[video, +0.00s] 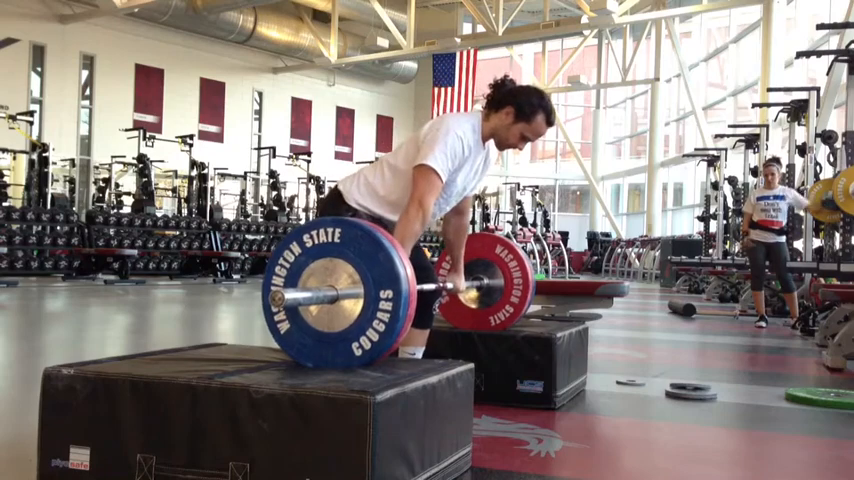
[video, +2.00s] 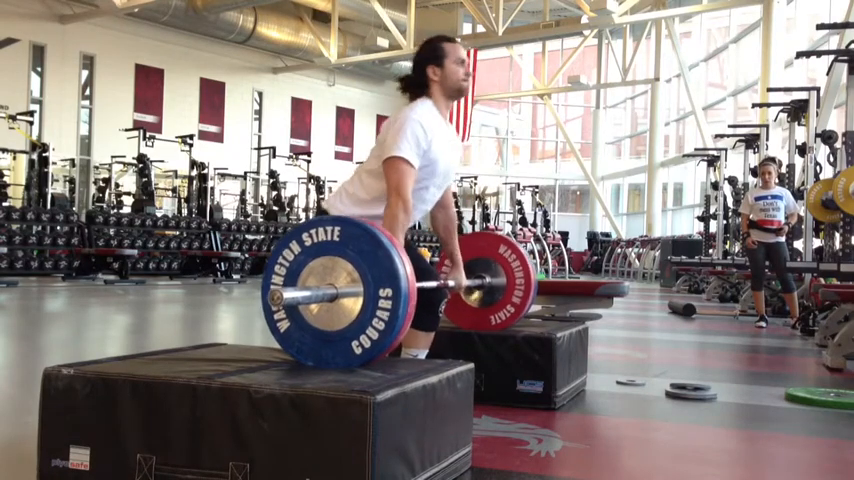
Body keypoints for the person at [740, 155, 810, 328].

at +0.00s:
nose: (769, 178)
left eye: (772, 174)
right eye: (766, 175)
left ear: (779, 175)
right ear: (762, 176)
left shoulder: (787, 193)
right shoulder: (755, 194)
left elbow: (808, 205)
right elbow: (747, 216)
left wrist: (824, 205)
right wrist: (744, 234)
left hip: (778, 240)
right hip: (756, 239)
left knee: (784, 275)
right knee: (757, 276)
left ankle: (795, 317)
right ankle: (761, 316)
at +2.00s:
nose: (766, 176)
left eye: (769, 173)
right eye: (763, 173)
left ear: (776, 174)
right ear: (759, 175)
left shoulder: (784, 193)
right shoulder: (751, 195)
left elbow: (794, 213)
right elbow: (744, 217)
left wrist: (788, 224)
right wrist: (746, 235)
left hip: (777, 240)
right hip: (756, 239)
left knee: (785, 276)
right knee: (757, 277)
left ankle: (795, 318)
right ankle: (761, 316)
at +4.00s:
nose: (766, 176)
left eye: (769, 173)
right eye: (763, 173)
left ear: (776, 174)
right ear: (759, 175)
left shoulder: (784, 193)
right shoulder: (751, 194)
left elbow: (792, 214)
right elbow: (744, 216)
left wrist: (787, 224)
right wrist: (746, 235)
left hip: (777, 240)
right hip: (757, 239)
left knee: (785, 276)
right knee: (757, 278)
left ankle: (795, 318)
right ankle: (761, 316)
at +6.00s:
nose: (767, 172)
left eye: (770, 169)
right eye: (764, 170)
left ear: (776, 172)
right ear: (760, 173)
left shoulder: (784, 192)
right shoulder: (752, 193)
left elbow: (792, 213)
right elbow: (744, 216)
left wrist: (788, 224)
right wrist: (746, 235)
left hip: (778, 239)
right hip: (757, 239)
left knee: (785, 275)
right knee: (757, 277)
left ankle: (795, 317)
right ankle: (761, 316)